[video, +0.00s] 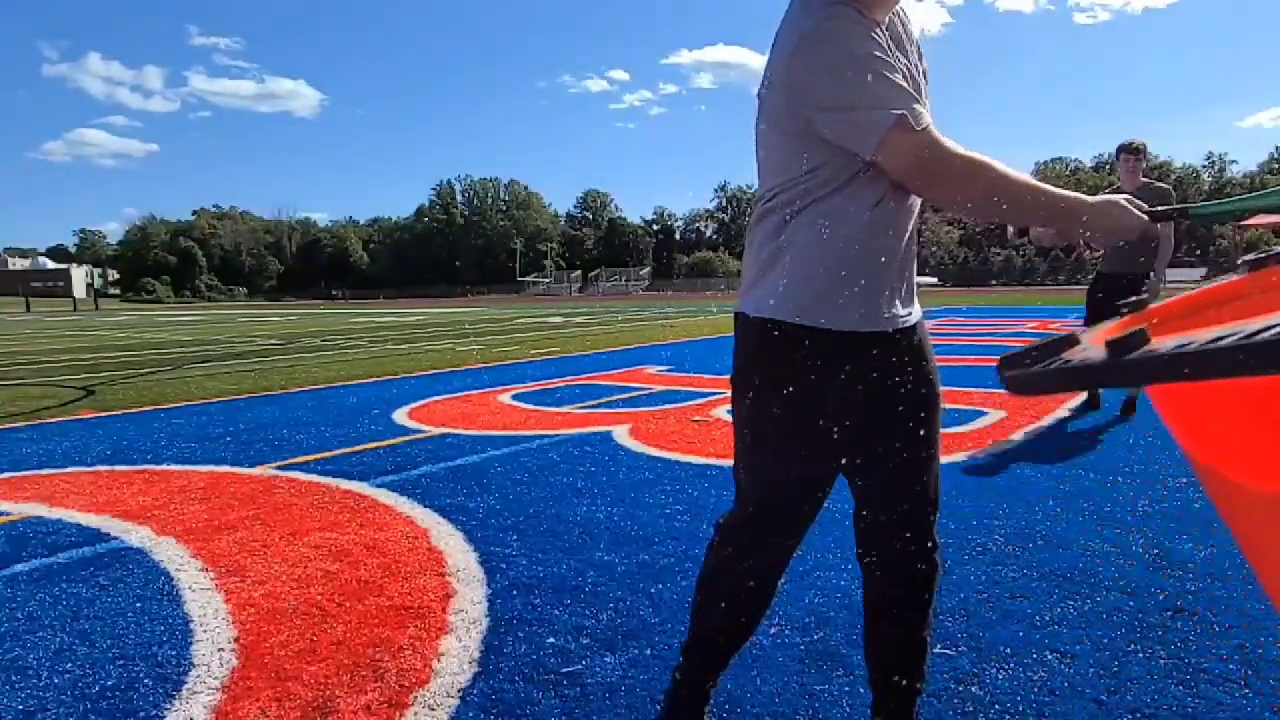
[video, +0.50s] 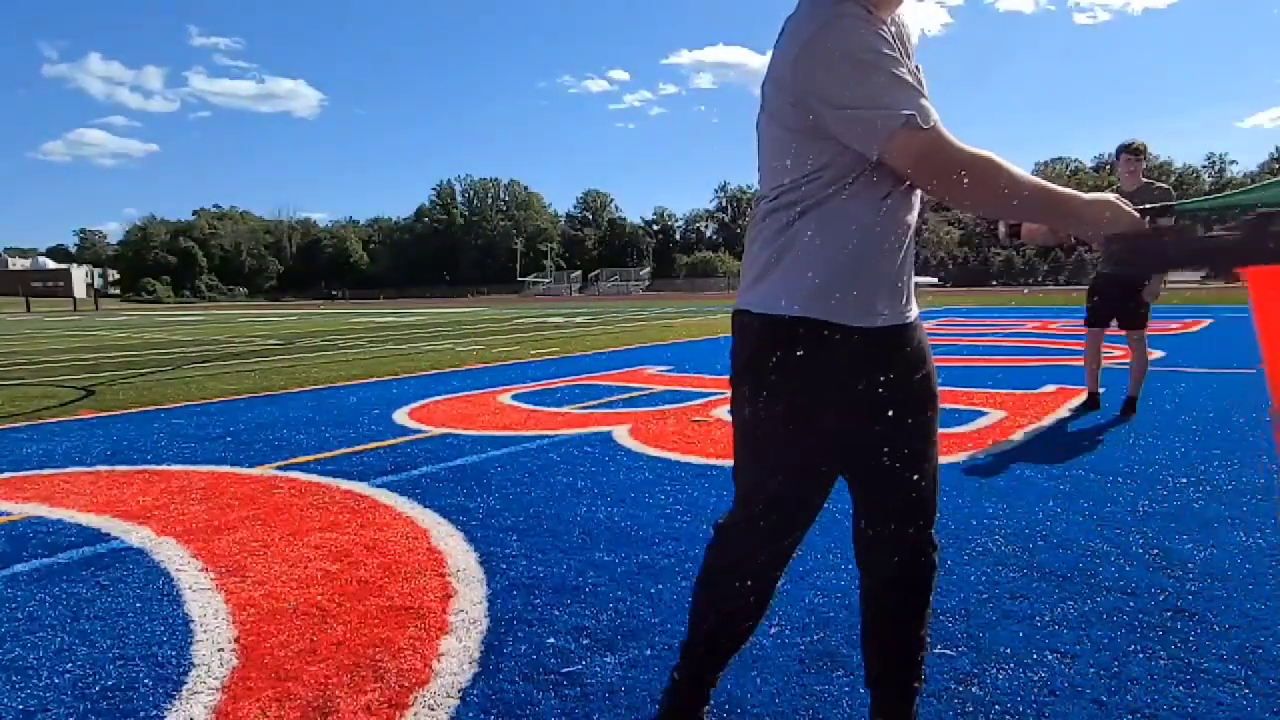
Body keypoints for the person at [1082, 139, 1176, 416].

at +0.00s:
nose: (1132, 165)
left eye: (1137, 160)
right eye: (1126, 160)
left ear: (1144, 163)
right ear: (1118, 163)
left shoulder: (1160, 194)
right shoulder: (1108, 195)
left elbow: (1166, 237)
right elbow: (1097, 233)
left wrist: (1157, 276)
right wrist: (1089, 242)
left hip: (1139, 278)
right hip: (1106, 276)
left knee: (1136, 340)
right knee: (1094, 335)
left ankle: (1132, 395)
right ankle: (1092, 392)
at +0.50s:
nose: (1131, 166)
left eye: (1136, 161)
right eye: (1126, 161)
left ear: (1143, 164)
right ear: (1117, 164)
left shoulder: (1160, 194)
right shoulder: (1108, 197)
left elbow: (1165, 240)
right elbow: (1095, 235)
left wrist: (1157, 279)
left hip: (1138, 276)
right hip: (1106, 273)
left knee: (1136, 339)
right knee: (1093, 334)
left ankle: (1132, 399)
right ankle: (1092, 394)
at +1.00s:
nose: (1133, 166)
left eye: (1138, 161)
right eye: (1128, 160)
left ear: (1144, 163)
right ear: (1118, 164)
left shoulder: (1160, 193)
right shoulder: (1108, 198)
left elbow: (1167, 240)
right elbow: (1097, 239)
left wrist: (1157, 280)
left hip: (1137, 277)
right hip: (1106, 276)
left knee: (1136, 340)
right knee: (1094, 337)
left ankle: (1132, 398)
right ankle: (1092, 395)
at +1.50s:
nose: (1133, 164)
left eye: (1138, 159)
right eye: (1128, 159)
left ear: (1145, 162)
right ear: (1118, 163)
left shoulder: (1160, 193)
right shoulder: (1107, 197)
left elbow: (1167, 238)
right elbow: (1098, 241)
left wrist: (1157, 277)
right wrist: (1091, 221)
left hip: (1137, 277)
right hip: (1106, 275)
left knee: (1136, 340)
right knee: (1093, 337)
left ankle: (1132, 398)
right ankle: (1093, 395)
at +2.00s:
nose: (1133, 163)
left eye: (1138, 158)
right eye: (1128, 158)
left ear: (1145, 162)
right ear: (1117, 162)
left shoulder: (1159, 194)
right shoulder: (1106, 198)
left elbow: (1167, 239)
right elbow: (1098, 241)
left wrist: (1157, 276)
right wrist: (1092, 222)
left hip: (1137, 275)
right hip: (1106, 274)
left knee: (1136, 340)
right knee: (1093, 335)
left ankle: (1132, 397)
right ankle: (1093, 392)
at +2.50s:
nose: (1133, 160)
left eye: (1138, 156)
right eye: (1127, 156)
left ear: (1144, 161)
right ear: (1117, 161)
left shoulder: (1158, 196)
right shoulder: (1109, 197)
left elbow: (1167, 240)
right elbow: (1100, 241)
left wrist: (1157, 276)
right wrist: (1092, 228)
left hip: (1137, 275)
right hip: (1105, 274)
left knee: (1136, 340)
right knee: (1093, 335)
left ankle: (1132, 396)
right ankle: (1092, 391)